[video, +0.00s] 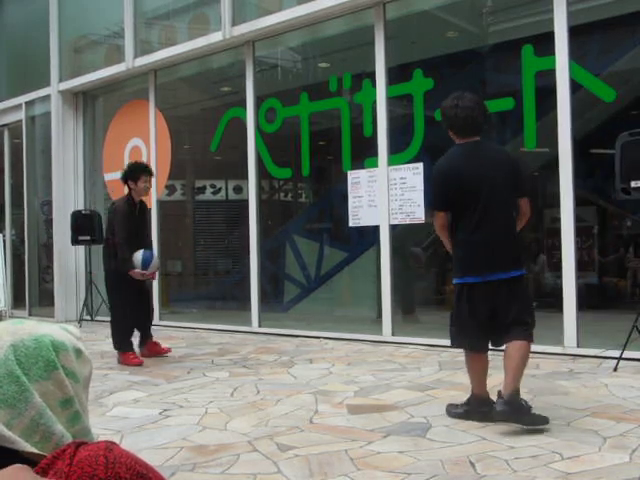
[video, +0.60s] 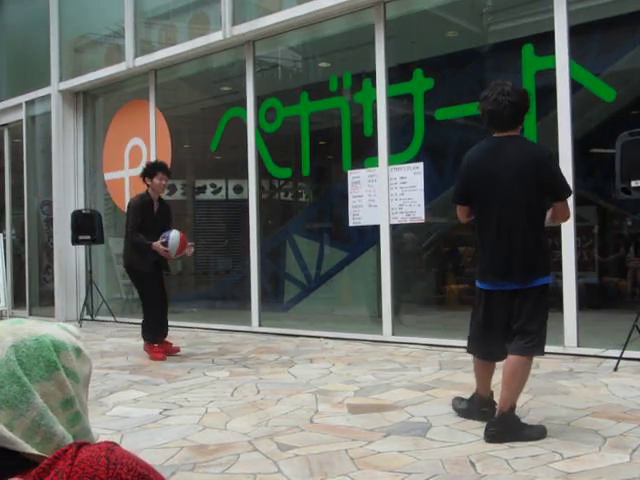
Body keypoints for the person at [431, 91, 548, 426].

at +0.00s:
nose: (447, 129)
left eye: (446, 124)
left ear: (448, 129)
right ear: (482, 123)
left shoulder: (446, 167)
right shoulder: (506, 159)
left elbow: (440, 222)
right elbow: (524, 212)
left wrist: (458, 250)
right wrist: (504, 238)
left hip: (470, 267)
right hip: (508, 263)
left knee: (473, 333)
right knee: (519, 327)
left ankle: (479, 399)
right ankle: (510, 396)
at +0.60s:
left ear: (486, 117)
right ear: (523, 116)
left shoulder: (475, 158)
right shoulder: (539, 155)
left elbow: (464, 214)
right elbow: (562, 212)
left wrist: (494, 209)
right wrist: (534, 218)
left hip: (491, 267)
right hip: (531, 266)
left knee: (485, 334)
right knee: (524, 340)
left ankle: (481, 400)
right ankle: (504, 419)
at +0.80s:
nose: (537, 113)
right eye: (537, 108)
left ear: (500, 110)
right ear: (537, 112)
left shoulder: (486, 150)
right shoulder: (545, 155)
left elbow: (476, 195)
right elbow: (570, 210)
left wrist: (513, 187)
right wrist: (565, 179)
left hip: (495, 262)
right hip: (533, 263)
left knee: (498, 335)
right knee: (524, 339)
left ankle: (498, 405)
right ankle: (503, 419)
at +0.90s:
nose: (541, 111)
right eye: (541, 106)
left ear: (503, 109)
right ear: (539, 110)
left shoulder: (489, 150)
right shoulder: (549, 154)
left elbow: (500, 194)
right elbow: (578, 209)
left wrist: (553, 202)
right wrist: (546, 203)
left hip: (497, 261)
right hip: (534, 263)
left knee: (505, 338)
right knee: (524, 341)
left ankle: (513, 410)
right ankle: (502, 421)